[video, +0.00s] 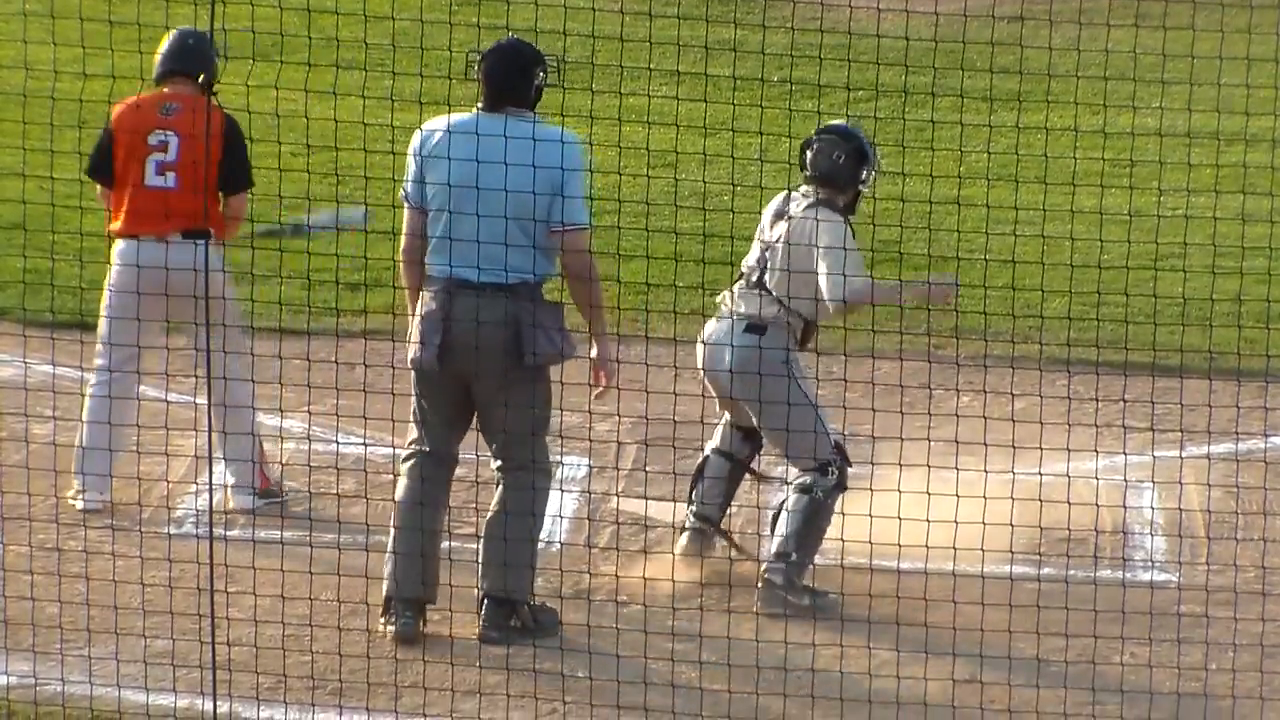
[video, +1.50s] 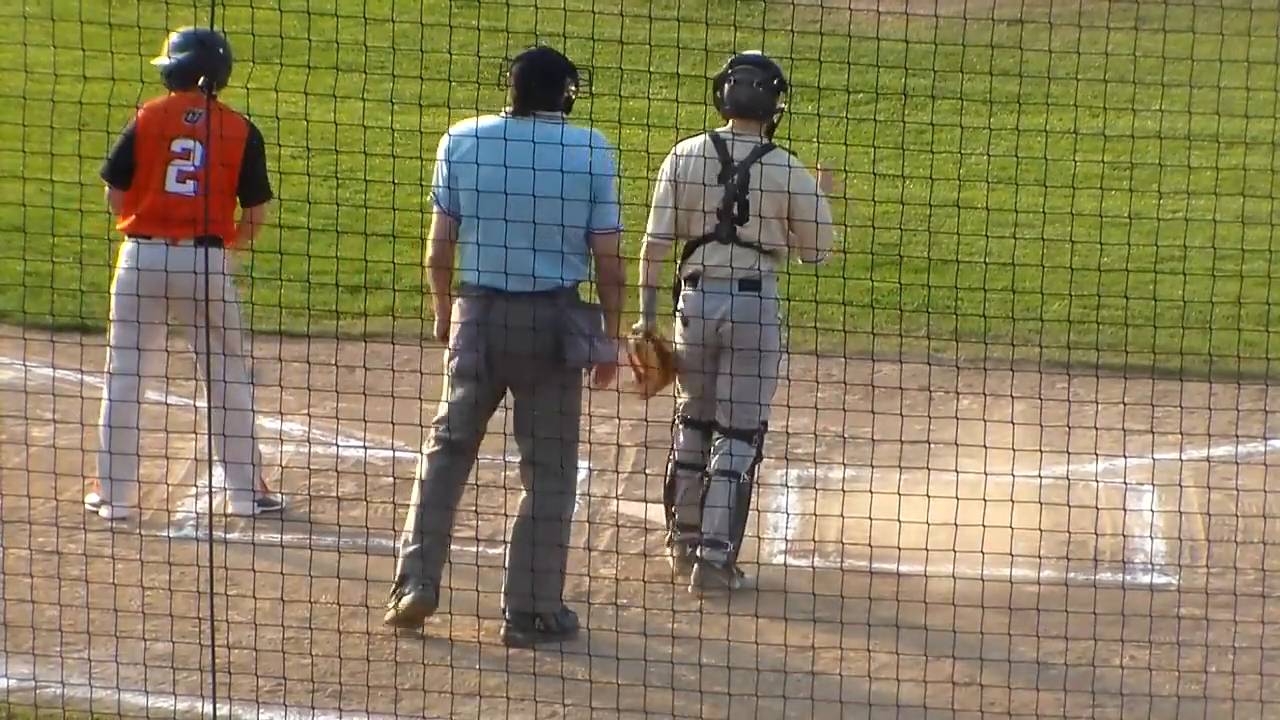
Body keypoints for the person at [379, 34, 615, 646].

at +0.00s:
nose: (542, 93)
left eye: (538, 84)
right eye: (541, 85)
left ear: (481, 86)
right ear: (534, 90)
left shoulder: (433, 136)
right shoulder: (560, 148)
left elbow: (412, 243)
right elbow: (575, 258)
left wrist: (420, 316)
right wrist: (600, 335)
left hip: (440, 317)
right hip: (515, 323)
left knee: (429, 452)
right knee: (524, 463)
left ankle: (403, 603)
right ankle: (504, 604)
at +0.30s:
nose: (502, 96)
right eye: (503, 88)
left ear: (444, 88)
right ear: (502, 91)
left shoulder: (402, 142)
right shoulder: (533, 148)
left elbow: (382, 253)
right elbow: (547, 259)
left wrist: (410, 295)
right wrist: (534, 322)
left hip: (414, 318)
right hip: (492, 323)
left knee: (407, 466)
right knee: (511, 466)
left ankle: (402, 610)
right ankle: (505, 608)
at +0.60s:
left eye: (426, 87)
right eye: (486, 90)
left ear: (428, 90)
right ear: (484, 93)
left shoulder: (385, 144)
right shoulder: (517, 148)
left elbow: (358, 253)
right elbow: (529, 256)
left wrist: (339, 333)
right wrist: (517, 316)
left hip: (403, 323)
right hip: (478, 327)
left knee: (402, 473)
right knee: (504, 469)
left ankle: (402, 614)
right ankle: (505, 607)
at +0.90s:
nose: (492, 98)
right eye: (492, 90)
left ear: (430, 89)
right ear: (485, 93)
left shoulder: (386, 143)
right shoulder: (516, 146)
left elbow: (357, 252)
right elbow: (532, 256)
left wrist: (341, 331)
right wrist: (537, 332)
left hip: (407, 324)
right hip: (484, 328)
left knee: (402, 469)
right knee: (516, 465)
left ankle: (400, 614)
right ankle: (513, 605)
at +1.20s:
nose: (528, 97)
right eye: (527, 90)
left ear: (465, 91)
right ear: (520, 93)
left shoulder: (420, 140)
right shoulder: (550, 145)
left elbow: (397, 248)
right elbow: (565, 256)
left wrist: (403, 321)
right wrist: (566, 333)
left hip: (440, 323)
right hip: (517, 326)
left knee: (424, 470)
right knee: (535, 470)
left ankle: (404, 613)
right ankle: (531, 611)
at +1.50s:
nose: (574, 101)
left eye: (569, 94)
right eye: (572, 94)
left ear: (512, 95)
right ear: (565, 98)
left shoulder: (462, 141)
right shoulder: (591, 150)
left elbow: (439, 252)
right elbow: (606, 255)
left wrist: (443, 318)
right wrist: (610, 336)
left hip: (477, 321)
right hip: (553, 327)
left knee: (448, 446)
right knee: (550, 472)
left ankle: (417, 580)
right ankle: (531, 611)